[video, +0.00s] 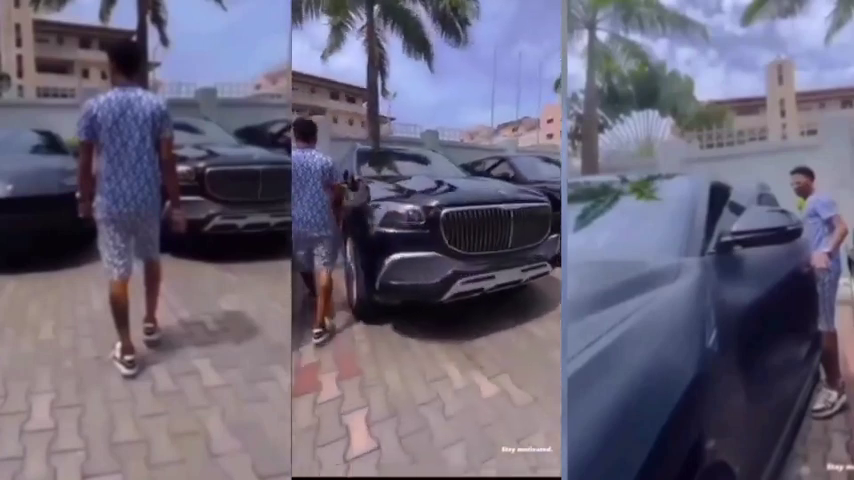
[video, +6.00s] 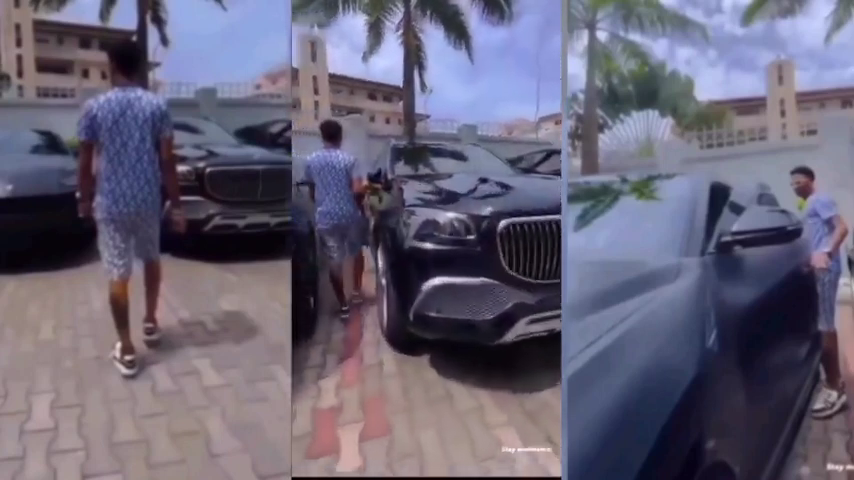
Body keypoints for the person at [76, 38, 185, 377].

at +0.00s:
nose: (112, 71)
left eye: (111, 66)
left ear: (112, 67)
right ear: (142, 67)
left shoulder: (95, 107)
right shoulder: (155, 105)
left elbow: (85, 161)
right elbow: (167, 159)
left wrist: (85, 199)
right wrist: (175, 202)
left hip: (110, 201)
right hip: (147, 200)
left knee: (118, 273)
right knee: (151, 260)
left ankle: (125, 348)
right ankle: (150, 319)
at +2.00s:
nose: (110, 72)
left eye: (110, 66)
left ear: (112, 68)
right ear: (142, 67)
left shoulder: (96, 107)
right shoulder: (156, 106)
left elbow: (85, 161)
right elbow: (167, 160)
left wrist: (85, 199)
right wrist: (175, 202)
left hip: (110, 201)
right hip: (147, 200)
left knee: (118, 273)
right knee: (151, 260)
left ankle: (125, 348)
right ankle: (150, 319)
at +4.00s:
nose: (110, 71)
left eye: (110, 66)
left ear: (112, 68)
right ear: (142, 67)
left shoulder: (95, 107)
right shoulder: (156, 106)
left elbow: (85, 161)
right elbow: (167, 160)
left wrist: (84, 199)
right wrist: (175, 202)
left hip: (110, 201)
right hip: (147, 200)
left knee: (118, 273)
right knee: (151, 260)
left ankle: (125, 348)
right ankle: (150, 319)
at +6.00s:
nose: (110, 71)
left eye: (110, 66)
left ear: (112, 68)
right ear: (142, 67)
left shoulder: (95, 107)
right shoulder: (156, 106)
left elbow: (85, 161)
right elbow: (167, 160)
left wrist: (84, 199)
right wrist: (175, 202)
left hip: (110, 202)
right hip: (147, 200)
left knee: (118, 273)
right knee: (151, 260)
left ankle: (125, 348)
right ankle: (150, 319)